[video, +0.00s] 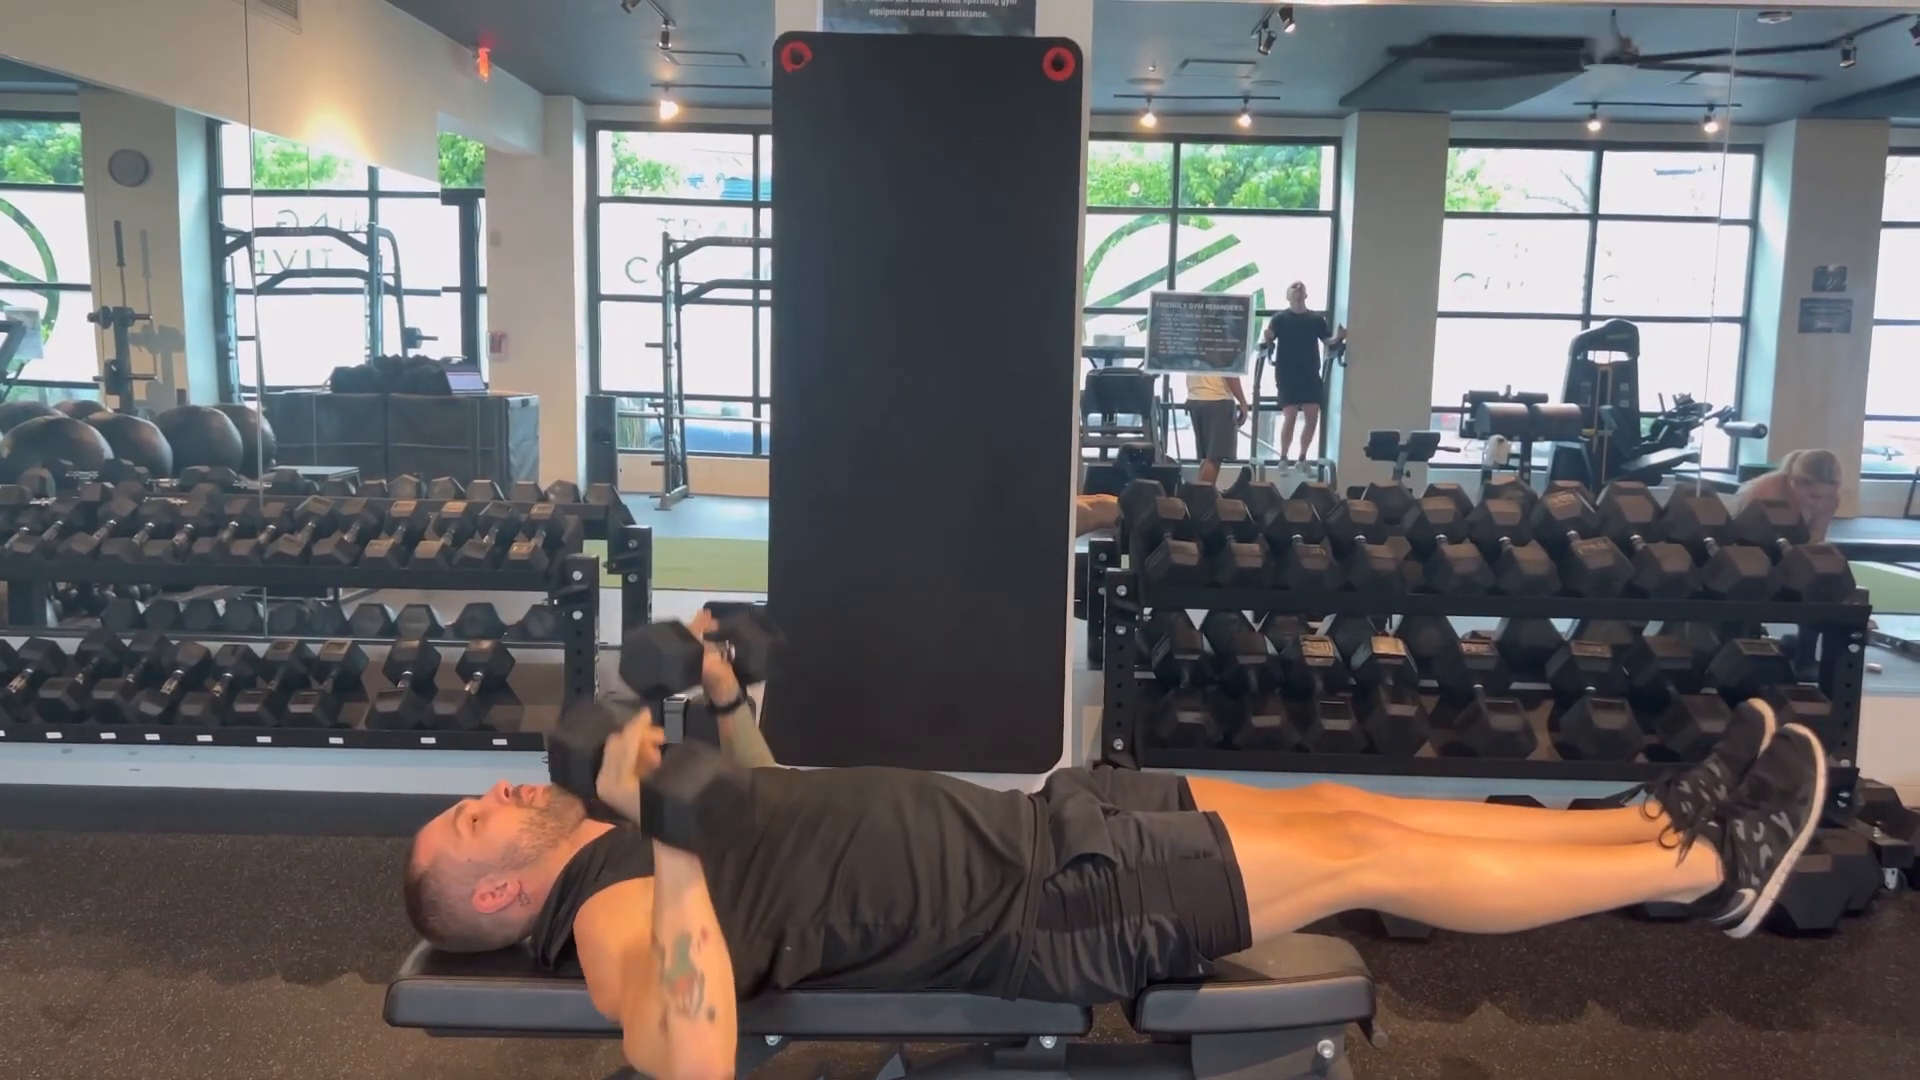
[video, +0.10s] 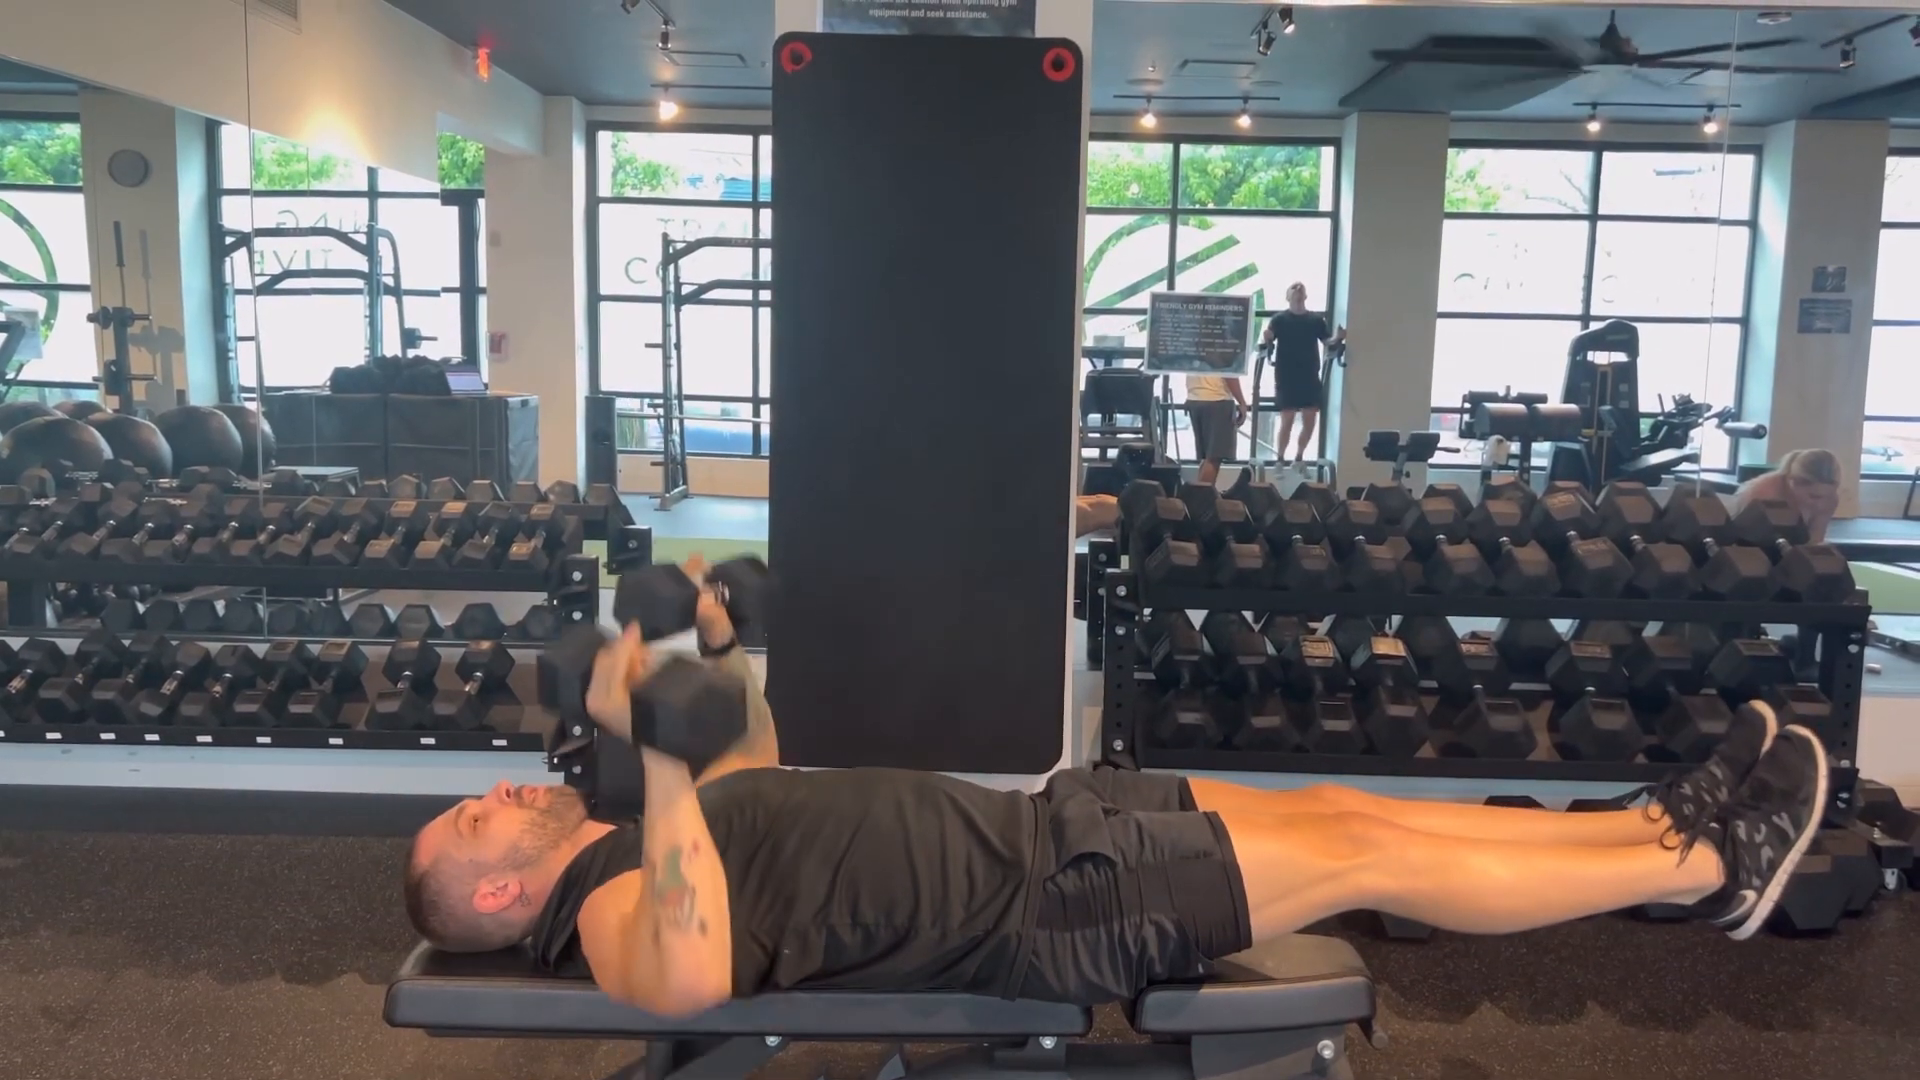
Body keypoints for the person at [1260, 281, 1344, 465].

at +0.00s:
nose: (1298, 289)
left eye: (1301, 287)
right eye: (1295, 287)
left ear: (1306, 294)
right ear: (1288, 295)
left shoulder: (1316, 319)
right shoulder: (1280, 318)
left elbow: (1328, 343)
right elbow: (1266, 345)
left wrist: (1339, 337)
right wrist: (1267, 339)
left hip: (1310, 372)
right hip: (1287, 372)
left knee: (1312, 416)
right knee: (1290, 415)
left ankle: (1302, 458)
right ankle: (1283, 457)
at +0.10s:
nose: (1299, 293)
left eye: (1301, 291)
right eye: (1295, 290)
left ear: (1305, 296)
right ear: (1288, 296)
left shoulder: (1315, 320)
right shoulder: (1280, 319)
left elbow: (1328, 344)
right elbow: (1265, 345)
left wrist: (1338, 338)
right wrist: (1266, 339)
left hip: (1310, 374)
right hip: (1286, 375)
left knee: (1310, 421)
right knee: (1287, 420)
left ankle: (1299, 458)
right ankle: (1280, 459)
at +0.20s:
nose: (1298, 292)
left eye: (1301, 290)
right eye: (1295, 289)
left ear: (1305, 296)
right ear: (1287, 297)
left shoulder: (1315, 320)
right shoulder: (1279, 320)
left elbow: (1328, 344)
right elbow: (1265, 346)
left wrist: (1338, 338)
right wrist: (1266, 340)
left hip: (1308, 376)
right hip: (1285, 377)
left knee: (1307, 424)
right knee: (1285, 423)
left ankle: (1297, 459)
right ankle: (1279, 460)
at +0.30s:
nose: (1298, 292)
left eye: (1300, 289)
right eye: (1294, 289)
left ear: (1304, 296)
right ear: (1287, 296)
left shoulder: (1314, 320)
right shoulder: (1278, 320)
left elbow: (1327, 344)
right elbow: (1264, 346)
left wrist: (1338, 338)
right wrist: (1265, 339)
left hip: (1307, 376)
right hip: (1284, 376)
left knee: (1305, 424)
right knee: (1284, 422)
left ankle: (1298, 460)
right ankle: (1279, 461)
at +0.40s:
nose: (1297, 291)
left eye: (1300, 288)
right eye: (1293, 288)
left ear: (1305, 295)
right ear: (1287, 296)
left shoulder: (1314, 320)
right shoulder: (1278, 320)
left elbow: (1326, 344)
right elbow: (1265, 345)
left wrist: (1337, 338)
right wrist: (1265, 339)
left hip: (1307, 375)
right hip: (1284, 376)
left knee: (1305, 422)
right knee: (1285, 422)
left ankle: (1301, 461)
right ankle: (1282, 462)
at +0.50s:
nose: (1297, 292)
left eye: (1300, 289)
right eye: (1293, 289)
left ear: (1305, 295)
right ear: (1287, 295)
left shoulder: (1314, 320)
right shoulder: (1278, 319)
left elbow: (1326, 344)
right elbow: (1265, 343)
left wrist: (1337, 338)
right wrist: (1265, 338)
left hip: (1307, 368)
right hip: (1284, 369)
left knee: (1309, 408)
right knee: (1290, 408)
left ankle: (1309, 453)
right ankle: (1290, 453)